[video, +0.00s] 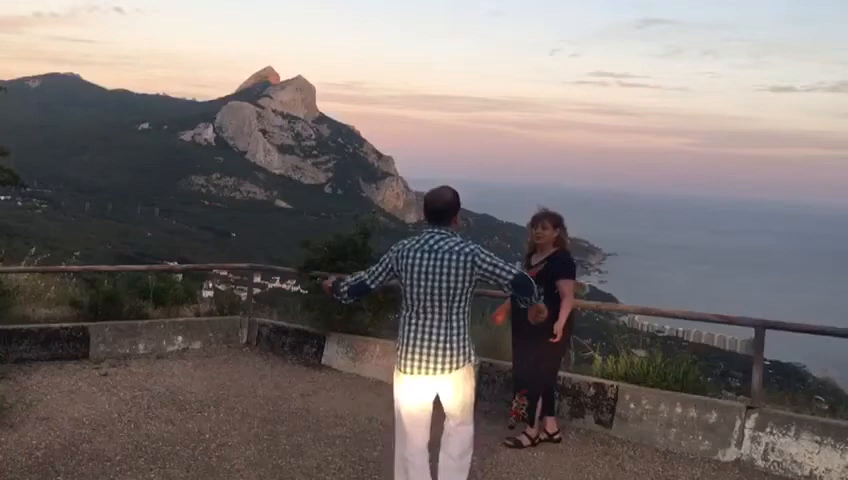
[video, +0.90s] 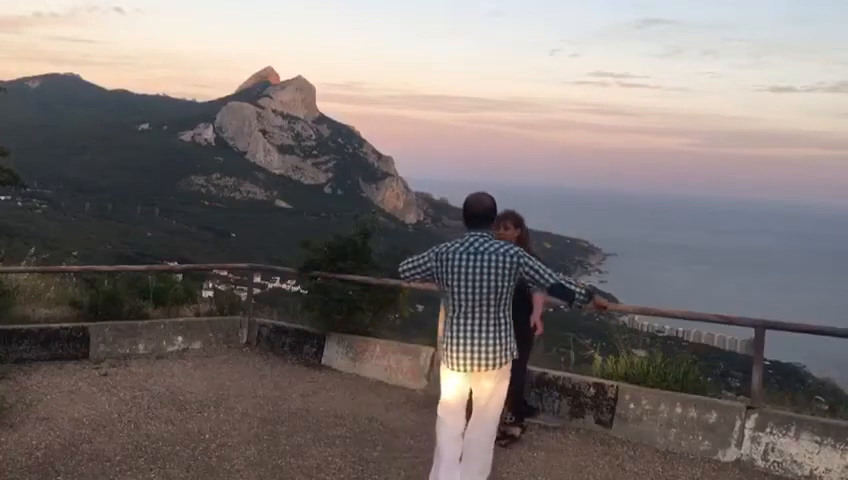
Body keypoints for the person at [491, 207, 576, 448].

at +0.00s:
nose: (538, 232)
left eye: (544, 228)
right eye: (535, 227)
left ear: (557, 233)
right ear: (531, 231)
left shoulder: (562, 259)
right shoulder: (531, 257)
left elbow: (567, 295)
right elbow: (522, 288)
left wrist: (560, 322)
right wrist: (505, 308)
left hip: (548, 326)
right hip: (527, 325)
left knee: (536, 374)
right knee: (544, 374)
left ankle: (532, 429)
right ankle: (550, 425)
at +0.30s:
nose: (530, 234)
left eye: (536, 230)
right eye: (527, 230)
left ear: (548, 234)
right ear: (523, 232)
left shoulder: (555, 260)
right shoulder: (521, 259)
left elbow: (558, 294)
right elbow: (512, 286)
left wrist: (552, 321)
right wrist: (496, 300)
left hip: (540, 325)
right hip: (516, 322)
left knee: (536, 373)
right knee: (515, 367)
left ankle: (532, 431)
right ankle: (542, 413)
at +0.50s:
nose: (521, 233)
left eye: (527, 229)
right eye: (518, 228)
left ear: (539, 233)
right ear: (514, 231)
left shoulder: (546, 260)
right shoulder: (512, 257)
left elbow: (551, 291)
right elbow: (503, 288)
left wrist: (548, 318)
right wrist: (500, 315)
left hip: (534, 324)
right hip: (510, 322)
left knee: (531, 372)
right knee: (511, 370)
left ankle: (531, 427)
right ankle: (510, 419)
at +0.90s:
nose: (504, 233)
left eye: (509, 229)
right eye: (501, 228)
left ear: (520, 232)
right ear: (495, 229)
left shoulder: (524, 258)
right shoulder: (490, 257)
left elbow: (538, 288)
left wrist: (536, 313)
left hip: (521, 319)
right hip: (495, 317)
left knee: (516, 368)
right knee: (498, 367)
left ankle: (516, 417)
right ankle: (498, 416)